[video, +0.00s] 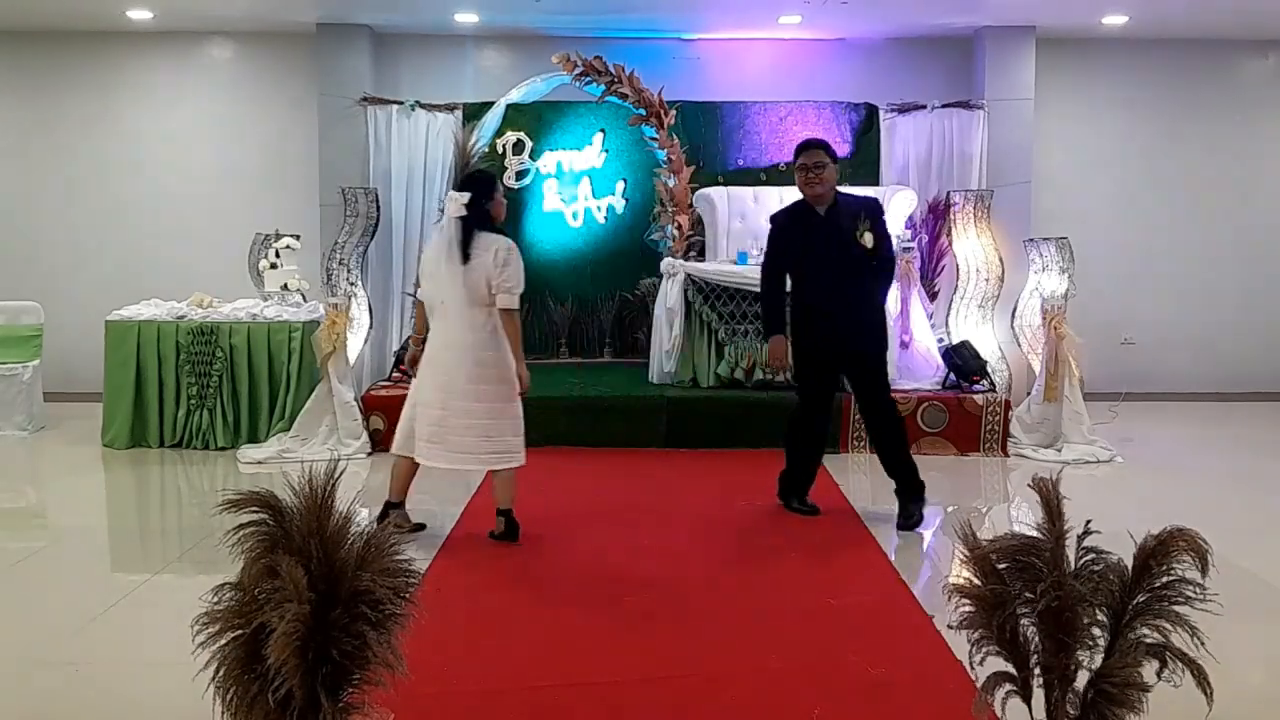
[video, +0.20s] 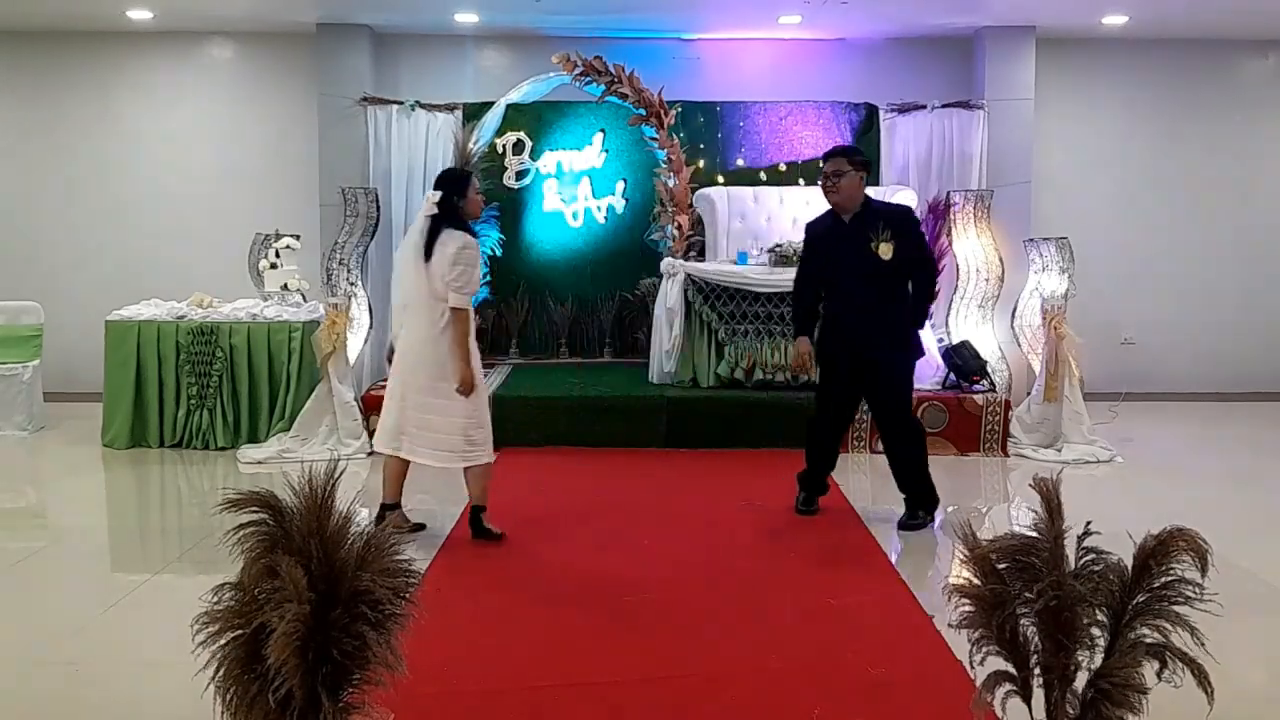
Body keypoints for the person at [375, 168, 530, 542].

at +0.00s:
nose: (505, 202)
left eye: (503, 196)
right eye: (500, 197)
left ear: (463, 203)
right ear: (486, 203)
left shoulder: (436, 245)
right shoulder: (502, 248)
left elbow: (422, 304)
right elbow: (508, 312)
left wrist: (416, 343)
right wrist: (520, 363)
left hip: (439, 356)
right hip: (487, 359)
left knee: (414, 428)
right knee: (502, 434)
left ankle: (393, 509)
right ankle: (504, 520)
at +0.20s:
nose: (482, 200)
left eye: (480, 194)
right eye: (476, 194)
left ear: (445, 199)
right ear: (459, 200)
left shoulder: (415, 235)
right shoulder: (464, 244)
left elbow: (404, 297)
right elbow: (460, 310)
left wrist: (398, 344)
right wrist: (465, 366)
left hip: (412, 352)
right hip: (452, 354)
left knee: (401, 430)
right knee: (475, 433)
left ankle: (390, 511)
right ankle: (477, 517)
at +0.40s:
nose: (466, 198)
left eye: (464, 192)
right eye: (460, 192)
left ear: (433, 197)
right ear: (442, 198)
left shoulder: (410, 233)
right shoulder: (433, 237)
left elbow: (403, 297)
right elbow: (417, 299)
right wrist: (421, 356)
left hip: (400, 351)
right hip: (428, 353)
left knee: (397, 429)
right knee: (442, 430)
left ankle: (389, 510)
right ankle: (422, 509)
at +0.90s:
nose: (459, 198)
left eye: (457, 190)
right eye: (453, 191)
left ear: (427, 195)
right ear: (434, 195)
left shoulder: (404, 231)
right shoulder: (428, 236)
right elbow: (434, 301)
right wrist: (460, 349)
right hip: (413, 344)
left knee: (455, 411)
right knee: (398, 423)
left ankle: (446, 494)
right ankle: (380, 512)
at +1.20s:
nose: (475, 208)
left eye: (473, 201)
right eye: (469, 202)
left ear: (446, 207)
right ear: (450, 207)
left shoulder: (431, 245)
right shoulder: (449, 250)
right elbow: (462, 314)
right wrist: (491, 355)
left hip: (441, 344)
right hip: (444, 348)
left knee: (468, 422)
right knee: (418, 427)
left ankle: (474, 506)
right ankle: (384, 511)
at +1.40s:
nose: (495, 201)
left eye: (494, 194)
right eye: (490, 195)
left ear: (465, 199)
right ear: (472, 199)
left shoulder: (457, 233)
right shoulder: (473, 237)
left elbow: (461, 298)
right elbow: (468, 298)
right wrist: (477, 352)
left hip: (461, 341)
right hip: (468, 343)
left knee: (466, 424)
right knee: (453, 425)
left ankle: (473, 505)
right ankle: (400, 493)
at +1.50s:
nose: (504, 201)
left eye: (502, 194)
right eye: (499, 195)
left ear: (474, 198)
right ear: (483, 198)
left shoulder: (462, 232)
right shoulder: (482, 236)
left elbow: (460, 296)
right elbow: (472, 297)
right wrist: (475, 352)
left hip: (467, 340)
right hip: (481, 341)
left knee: (468, 423)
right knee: (482, 423)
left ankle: (473, 506)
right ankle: (419, 470)